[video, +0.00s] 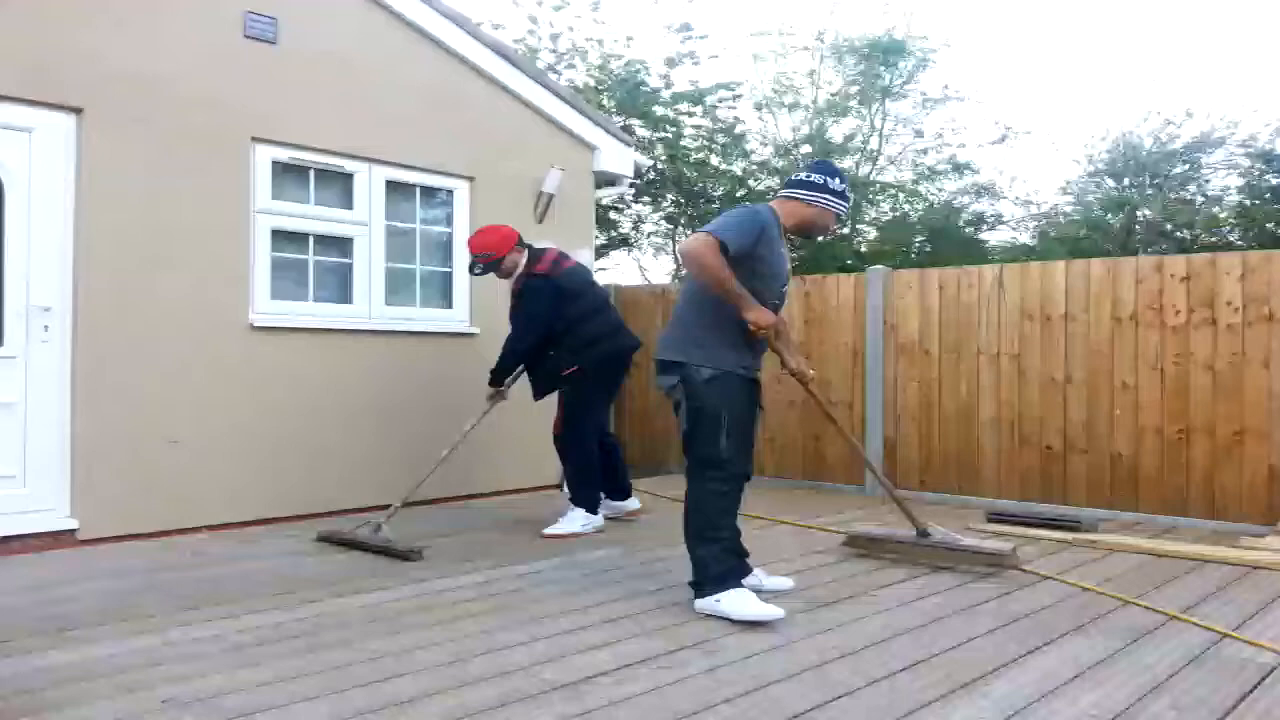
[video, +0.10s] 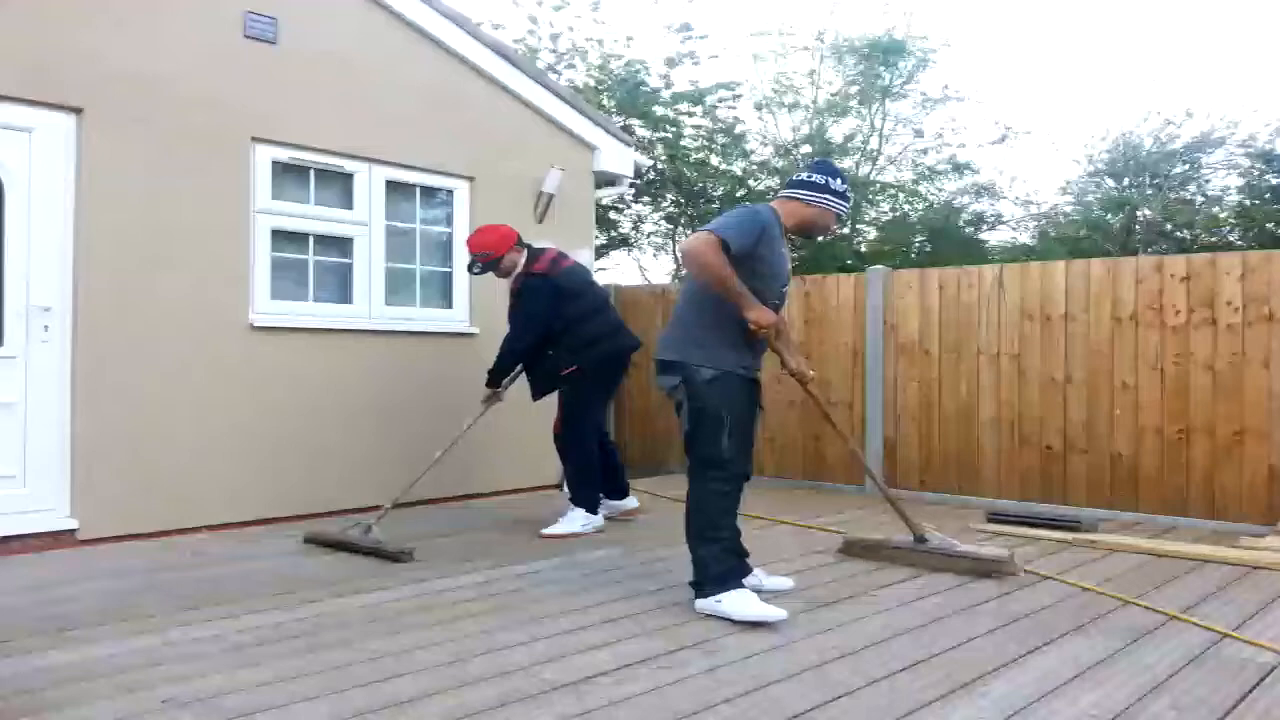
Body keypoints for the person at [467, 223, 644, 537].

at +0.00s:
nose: (495, 273)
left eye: (496, 266)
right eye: (491, 268)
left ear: (511, 252)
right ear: (517, 248)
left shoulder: (534, 284)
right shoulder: (549, 262)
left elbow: (524, 337)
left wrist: (497, 379)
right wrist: (518, 366)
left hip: (591, 358)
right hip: (610, 349)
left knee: (570, 432)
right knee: (592, 426)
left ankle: (585, 510)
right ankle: (619, 496)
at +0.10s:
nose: (494, 273)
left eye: (494, 265)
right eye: (489, 268)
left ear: (510, 251)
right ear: (516, 248)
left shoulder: (532, 283)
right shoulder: (548, 261)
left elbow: (522, 337)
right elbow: (541, 327)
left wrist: (494, 381)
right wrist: (518, 363)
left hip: (591, 357)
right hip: (609, 348)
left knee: (570, 431)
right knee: (588, 425)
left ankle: (585, 510)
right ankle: (617, 495)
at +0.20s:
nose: (493, 271)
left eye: (493, 263)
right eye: (487, 266)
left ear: (509, 249)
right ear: (515, 246)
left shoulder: (530, 282)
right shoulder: (547, 260)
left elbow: (516, 337)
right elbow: (540, 326)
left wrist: (488, 384)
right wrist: (519, 358)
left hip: (589, 356)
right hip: (608, 347)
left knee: (571, 431)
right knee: (584, 425)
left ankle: (586, 510)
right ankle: (609, 495)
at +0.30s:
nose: (492, 269)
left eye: (493, 261)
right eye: (487, 265)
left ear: (510, 247)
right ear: (514, 246)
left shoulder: (532, 279)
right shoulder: (542, 262)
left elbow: (516, 335)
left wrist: (486, 383)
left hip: (590, 356)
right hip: (592, 352)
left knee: (573, 432)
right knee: (571, 430)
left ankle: (588, 510)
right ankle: (582, 501)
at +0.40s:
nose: (493, 269)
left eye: (495, 260)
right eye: (488, 264)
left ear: (513, 247)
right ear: (516, 247)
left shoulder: (531, 280)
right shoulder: (546, 263)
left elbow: (516, 336)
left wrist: (486, 381)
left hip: (587, 359)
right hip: (595, 353)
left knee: (567, 432)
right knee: (567, 430)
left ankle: (586, 510)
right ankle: (578, 501)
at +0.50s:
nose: (494, 270)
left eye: (494, 262)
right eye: (489, 265)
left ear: (512, 249)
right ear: (516, 247)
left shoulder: (531, 282)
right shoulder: (547, 263)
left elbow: (520, 336)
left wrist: (497, 375)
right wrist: (516, 366)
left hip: (581, 361)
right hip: (595, 354)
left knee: (554, 429)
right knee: (561, 427)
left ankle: (584, 506)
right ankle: (576, 499)